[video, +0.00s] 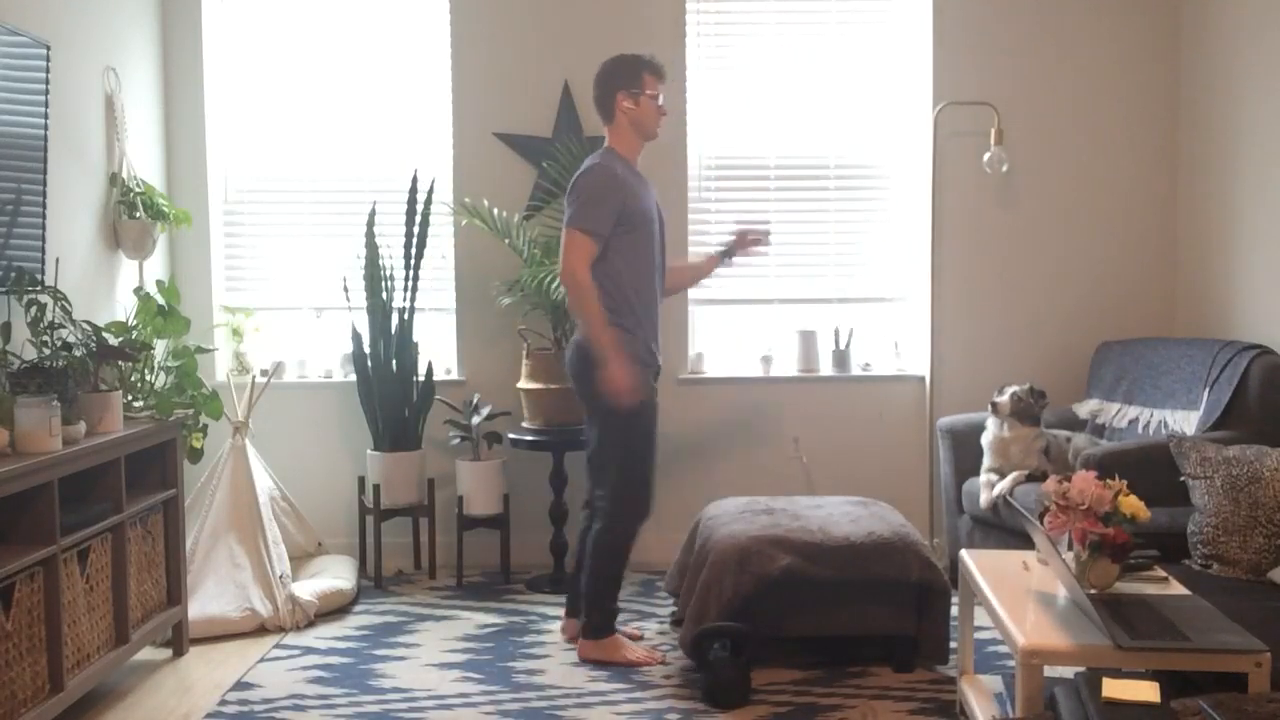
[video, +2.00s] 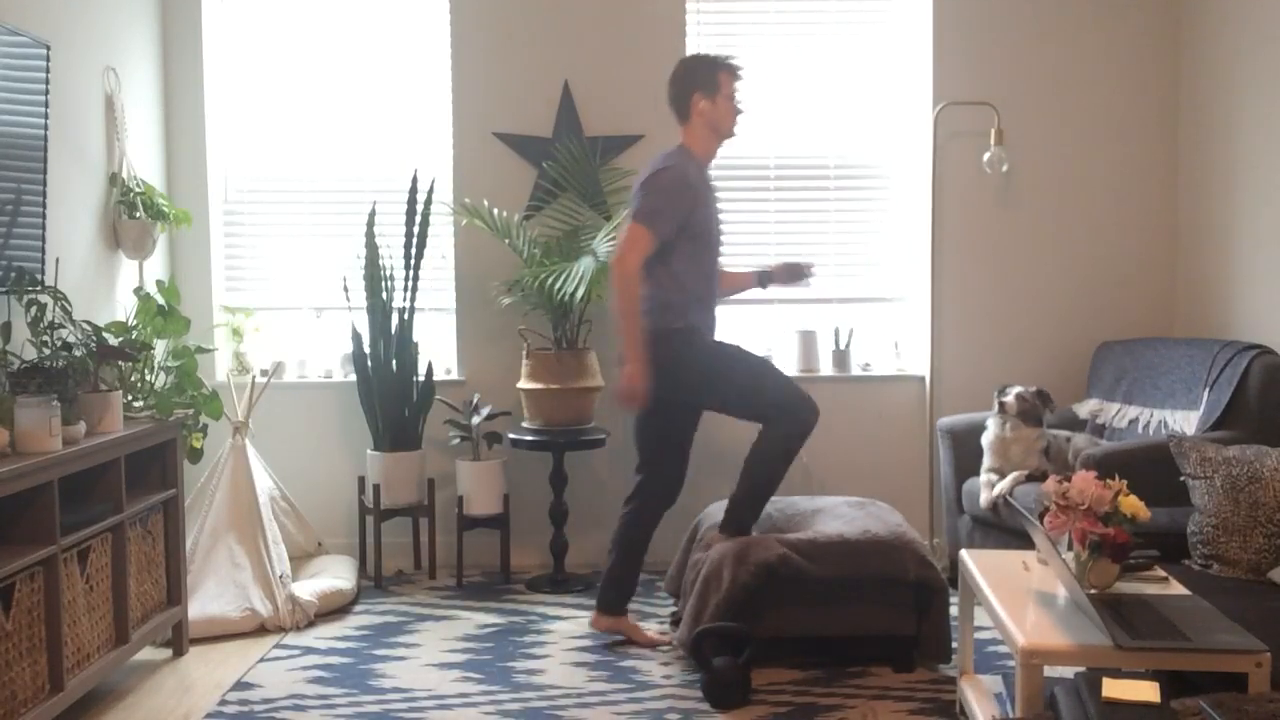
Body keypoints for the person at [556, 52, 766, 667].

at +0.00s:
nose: (663, 109)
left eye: (663, 99)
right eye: (654, 99)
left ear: (636, 106)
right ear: (622, 104)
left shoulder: (634, 181)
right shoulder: (602, 175)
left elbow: (656, 282)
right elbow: (573, 271)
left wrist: (723, 256)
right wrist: (609, 352)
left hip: (628, 352)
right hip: (612, 353)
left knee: (610, 498)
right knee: (626, 502)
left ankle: (580, 617)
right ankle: (597, 635)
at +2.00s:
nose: (739, 108)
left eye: (736, 96)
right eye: (731, 96)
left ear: (701, 106)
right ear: (701, 104)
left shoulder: (692, 180)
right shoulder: (674, 176)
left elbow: (697, 284)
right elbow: (624, 264)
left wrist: (764, 277)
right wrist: (635, 357)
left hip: (674, 348)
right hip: (676, 348)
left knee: (658, 483)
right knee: (795, 410)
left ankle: (610, 609)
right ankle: (732, 535)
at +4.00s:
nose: (794, 11)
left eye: (792, 4)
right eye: (786, 3)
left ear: (759, 12)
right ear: (757, 8)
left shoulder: (757, 81)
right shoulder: (732, 71)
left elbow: (802, 173)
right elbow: (711, 169)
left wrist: (818, 106)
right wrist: (748, 251)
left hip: (759, 236)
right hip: (748, 237)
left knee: (764, 391)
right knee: (882, 251)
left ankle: (760, 529)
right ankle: (808, 354)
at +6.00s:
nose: (739, 89)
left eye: (734, 79)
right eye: (729, 80)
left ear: (700, 94)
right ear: (702, 92)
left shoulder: (711, 175)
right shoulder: (681, 168)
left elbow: (778, 220)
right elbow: (636, 256)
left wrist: (767, 158)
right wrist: (684, 334)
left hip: (677, 344)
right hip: (675, 342)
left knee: (661, 483)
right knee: (803, 407)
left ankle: (595, 604)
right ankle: (742, 529)